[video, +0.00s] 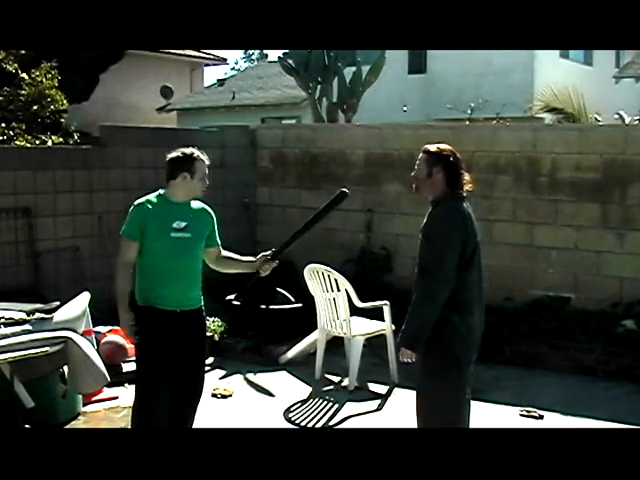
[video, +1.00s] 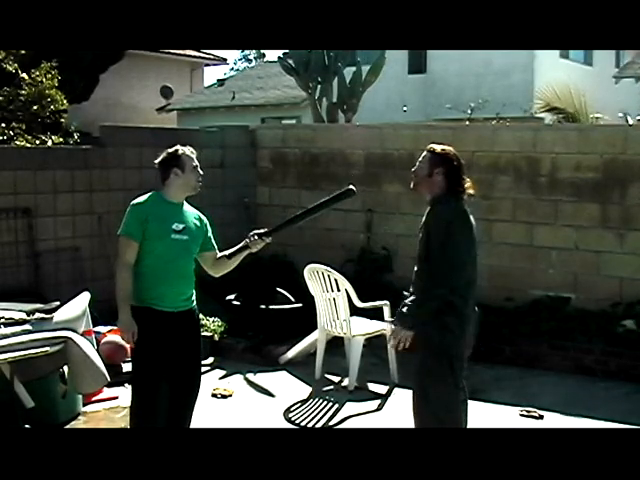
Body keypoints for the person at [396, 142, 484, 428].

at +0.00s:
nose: (413, 177)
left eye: (418, 171)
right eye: (415, 170)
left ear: (437, 175)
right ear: (439, 176)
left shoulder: (445, 216)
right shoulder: (453, 211)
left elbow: (433, 284)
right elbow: (436, 282)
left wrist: (411, 339)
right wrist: (415, 335)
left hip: (447, 335)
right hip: (454, 331)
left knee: (438, 412)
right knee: (446, 409)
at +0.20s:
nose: (412, 173)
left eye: (418, 168)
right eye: (415, 166)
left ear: (437, 175)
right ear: (438, 176)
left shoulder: (444, 217)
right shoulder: (451, 213)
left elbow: (434, 285)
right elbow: (435, 283)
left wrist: (414, 341)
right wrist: (416, 337)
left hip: (446, 336)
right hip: (453, 332)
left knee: (437, 413)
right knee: (444, 411)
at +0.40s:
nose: (414, 167)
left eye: (422, 164)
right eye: (418, 162)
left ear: (438, 176)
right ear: (437, 177)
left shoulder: (444, 212)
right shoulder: (444, 209)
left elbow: (435, 277)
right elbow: (440, 273)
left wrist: (404, 319)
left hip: (447, 326)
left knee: (436, 404)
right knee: (444, 402)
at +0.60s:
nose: (415, 168)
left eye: (422, 164)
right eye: (419, 162)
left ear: (440, 176)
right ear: (439, 176)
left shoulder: (451, 208)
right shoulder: (442, 206)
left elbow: (441, 232)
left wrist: (413, 234)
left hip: (446, 318)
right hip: (438, 315)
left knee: (436, 393)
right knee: (437, 391)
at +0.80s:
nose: (415, 170)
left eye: (422, 166)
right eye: (419, 164)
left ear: (440, 177)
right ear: (439, 178)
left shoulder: (453, 207)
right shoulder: (441, 205)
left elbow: (446, 235)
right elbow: (424, 225)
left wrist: (411, 242)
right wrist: (406, 231)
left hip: (445, 318)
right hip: (434, 314)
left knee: (437, 391)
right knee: (431, 389)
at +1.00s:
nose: (413, 173)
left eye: (420, 167)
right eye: (416, 166)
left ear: (438, 175)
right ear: (437, 176)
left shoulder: (447, 216)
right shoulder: (442, 213)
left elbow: (435, 279)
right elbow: (427, 276)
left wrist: (408, 319)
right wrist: (406, 315)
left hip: (444, 324)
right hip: (442, 321)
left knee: (436, 399)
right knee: (439, 396)